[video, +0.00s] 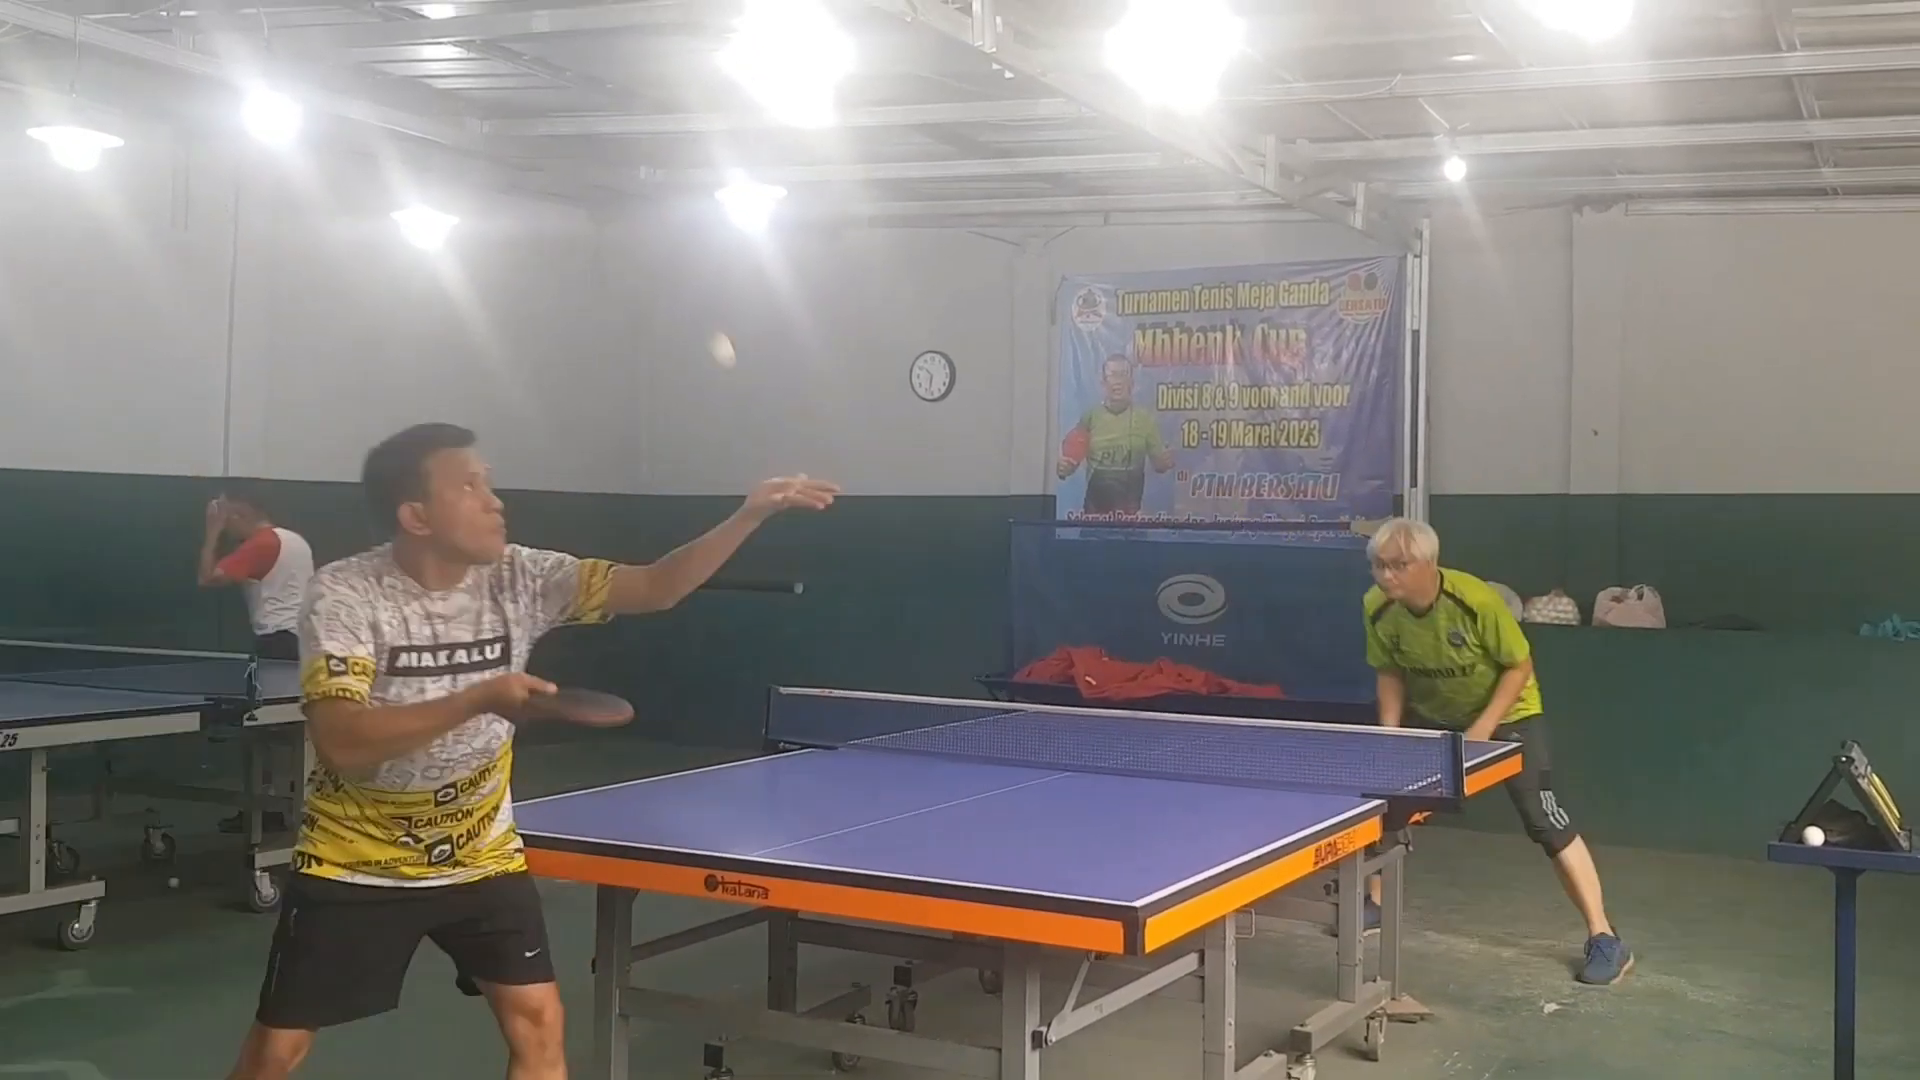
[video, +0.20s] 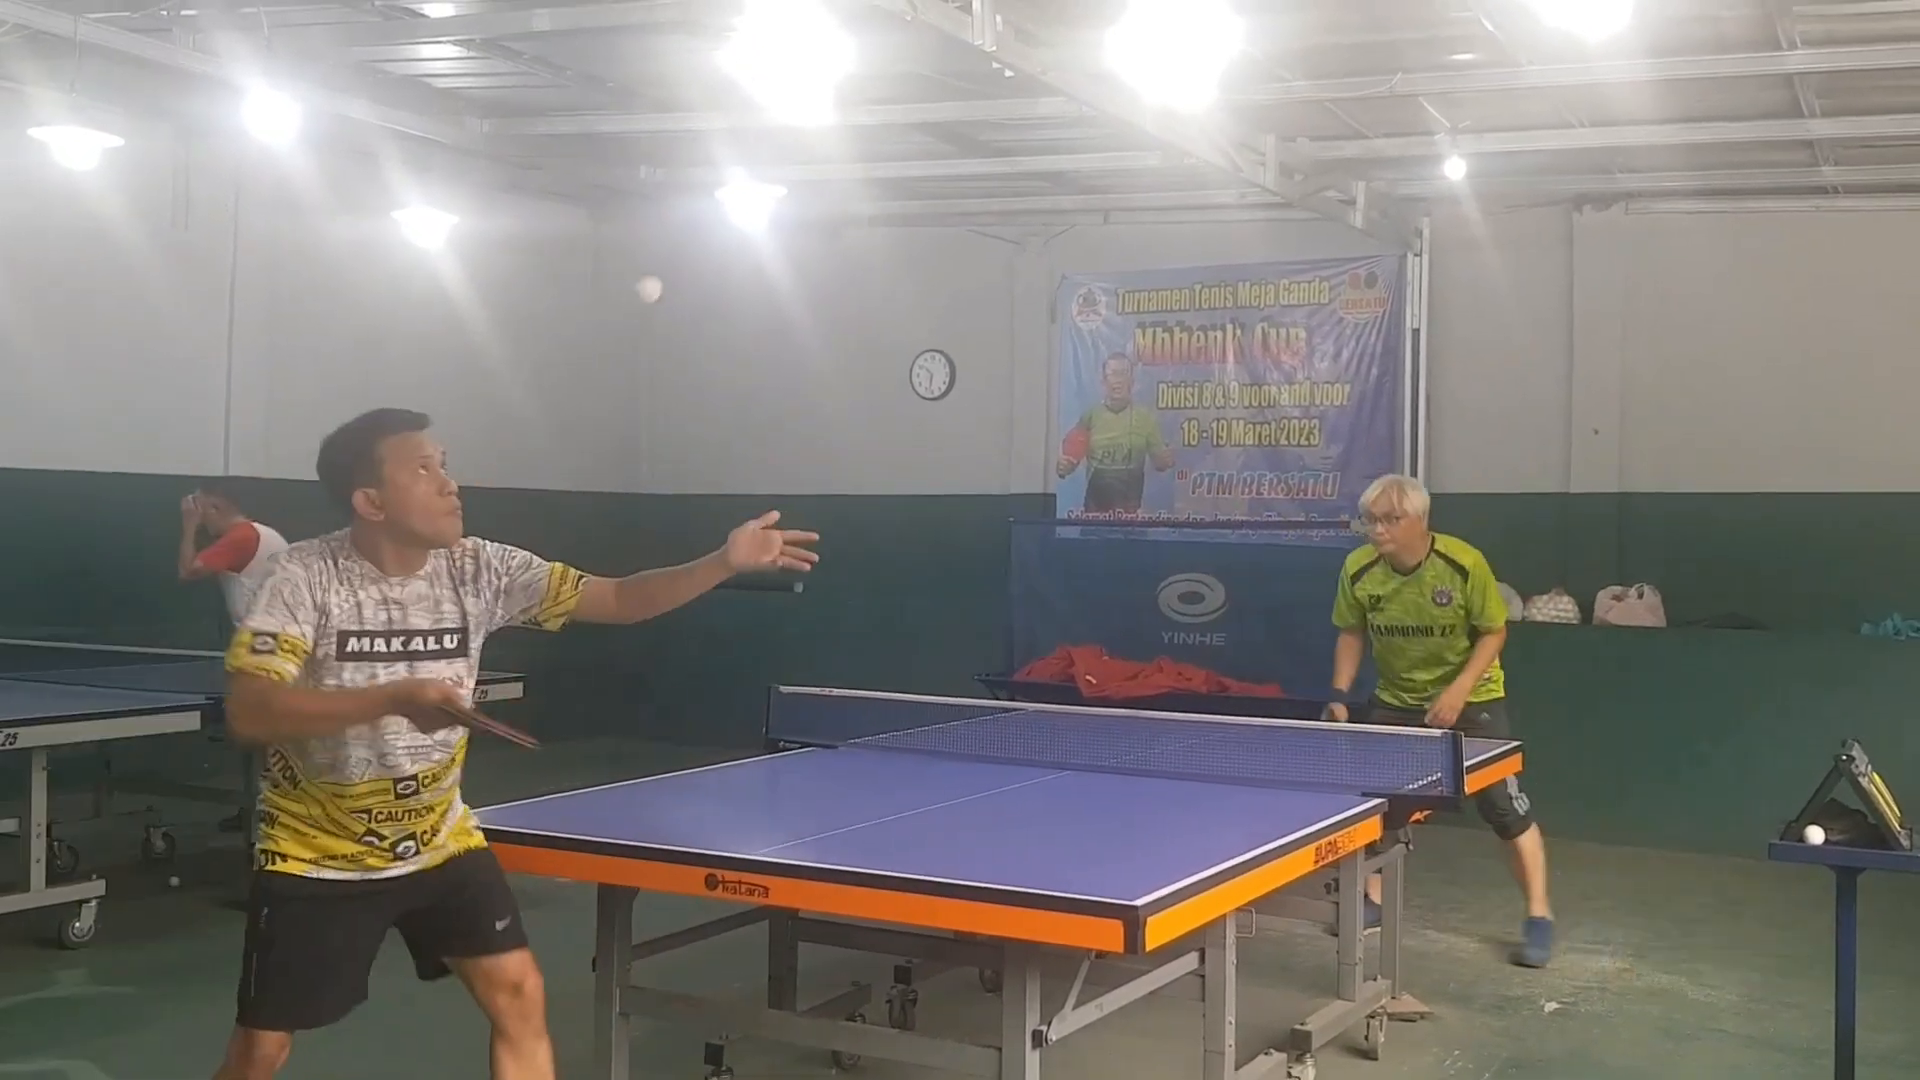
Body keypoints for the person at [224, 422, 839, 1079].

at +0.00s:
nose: (496, 499)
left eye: (490, 484)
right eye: (474, 488)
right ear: (414, 516)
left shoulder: (520, 578)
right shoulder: (348, 591)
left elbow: (654, 585)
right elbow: (340, 741)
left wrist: (753, 512)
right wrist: (477, 699)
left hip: (481, 852)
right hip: (356, 857)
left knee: (537, 1021)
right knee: (275, 1049)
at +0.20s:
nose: (451, 482)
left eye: (444, 466)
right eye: (425, 470)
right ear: (368, 502)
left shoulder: (479, 570)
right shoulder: (296, 578)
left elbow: (620, 597)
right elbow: (249, 713)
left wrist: (725, 561)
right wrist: (395, 698)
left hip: (436, 836)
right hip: (312, 848)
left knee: (519, 993)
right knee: (260, 1051)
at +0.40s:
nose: (487, 508)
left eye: (484, 489)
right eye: (467, 493)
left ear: (481, 500)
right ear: (403, 514)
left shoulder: (510, 581)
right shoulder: (326, 560)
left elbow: (643, 608)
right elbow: (191, 597)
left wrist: (743, 557)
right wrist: (320, 600)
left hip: (434, 828)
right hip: (316, 843)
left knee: (541, 962)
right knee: (257, 1050)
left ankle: (426, 1058)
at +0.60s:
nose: (620, 583)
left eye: (624, 564)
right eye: (611, 560)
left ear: (576, 555)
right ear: (558, 549)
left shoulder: (588, 625)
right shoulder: (460, 573)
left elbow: (685, 642)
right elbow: (342, 604)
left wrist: (681, 532)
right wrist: (475, 659)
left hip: (484, 868)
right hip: (370, 863)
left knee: (577, 1025)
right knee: (294, 1060)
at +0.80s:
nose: (696, 640)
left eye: (701, 625)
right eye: (696, 620)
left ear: (653, 612)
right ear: (654, 611)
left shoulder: (638, 689)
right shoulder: (521, 616)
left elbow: (717, 755)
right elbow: (389, 701)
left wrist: (738, 650)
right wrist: (468, 625)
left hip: (510, 895)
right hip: (412, 884)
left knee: (620, 1033)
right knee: (395, 1072)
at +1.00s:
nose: (671, 615)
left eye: (674, 600)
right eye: (669, 597)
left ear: (627, 591)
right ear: (630, 589)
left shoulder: (608, 671)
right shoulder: (496, 614)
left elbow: (678, 758)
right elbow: (406, 718)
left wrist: (726, 702)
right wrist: (535, 694)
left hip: (491, 886)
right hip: (398, 877)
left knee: (598, 1025)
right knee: (401, 1076)